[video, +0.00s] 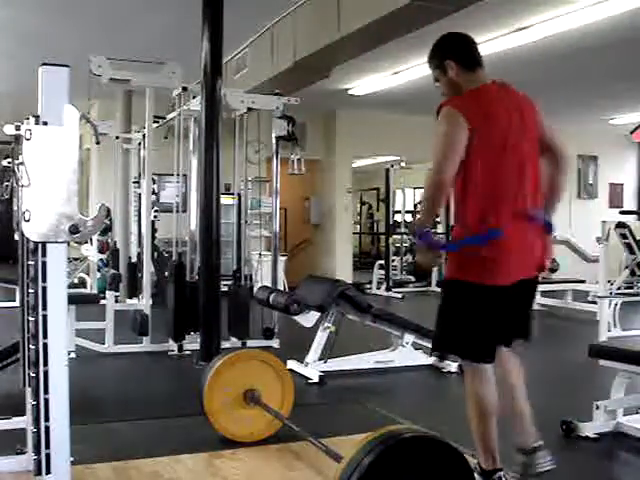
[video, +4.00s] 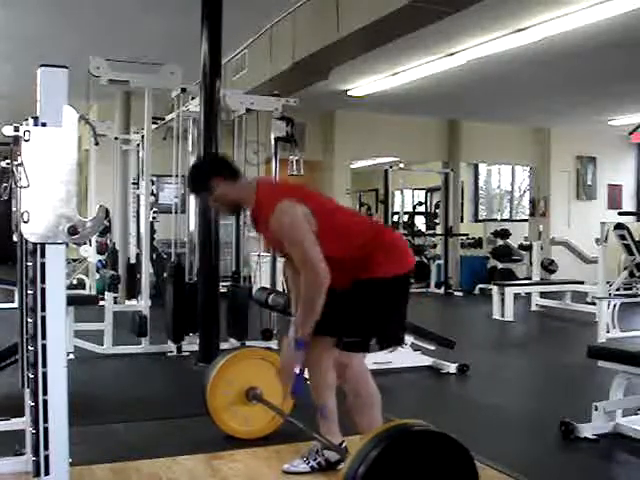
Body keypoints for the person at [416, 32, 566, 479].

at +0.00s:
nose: (439, 84)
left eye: (438, 76)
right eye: (437, 76)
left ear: (450, 68)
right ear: (479, 62)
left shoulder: (458, 109)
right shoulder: (520, 101)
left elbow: (442, 175)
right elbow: (560, 157)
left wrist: (423, 234)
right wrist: (545, 215)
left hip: (480, 253)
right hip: (527, 249)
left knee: (475, 363)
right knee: (503, 345)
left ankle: (489, 466)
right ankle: (532, 444)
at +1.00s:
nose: (359, 106)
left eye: (361, 95)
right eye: (353, 98)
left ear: (385, 82)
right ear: (371, 89)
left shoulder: (427, 131)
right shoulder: (367, 128)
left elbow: (457, 198)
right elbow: (372, 183)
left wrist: (394, 188)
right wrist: (361, 226)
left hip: (414, 264)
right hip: (382, 262)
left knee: (377, 356)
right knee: (411, 359)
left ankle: (370, 452)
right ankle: (440, 438)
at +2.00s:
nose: (271, 154)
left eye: (270, 145)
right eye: (264, 149)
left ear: (287, 120)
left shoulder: (343, 145)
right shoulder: (288, 161)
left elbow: (382, 216)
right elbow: (297, 223)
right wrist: (295, 280)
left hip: (387, 257)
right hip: (347, 258)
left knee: (371, 355)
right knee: (334, 350)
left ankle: (379, 452)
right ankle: (332, 444)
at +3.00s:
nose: (237, 272)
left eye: (233, 265)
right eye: (232, 267)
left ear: (242, 257)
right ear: (257, 241)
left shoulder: (311, 276)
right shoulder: (280, 272)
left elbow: (331, 357)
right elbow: (288, 338)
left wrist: (332, 430)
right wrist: (290, 400)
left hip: (410, 305)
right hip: (372, 306)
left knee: (340, 375)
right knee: (304, 360)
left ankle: (376, 461)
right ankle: (330, 448)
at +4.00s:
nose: (213, 206)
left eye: (210, 196)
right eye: (207, 200)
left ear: (221, 183)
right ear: (223, 183)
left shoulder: (280, 207)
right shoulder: (262, 207)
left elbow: (318, 273)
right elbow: (295, 269)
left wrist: (301, 341)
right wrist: (297, 331)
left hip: (383, 265)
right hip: (347, 271)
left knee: (349, 360)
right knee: (317, 350)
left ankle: (375, 451)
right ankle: (331, 444)